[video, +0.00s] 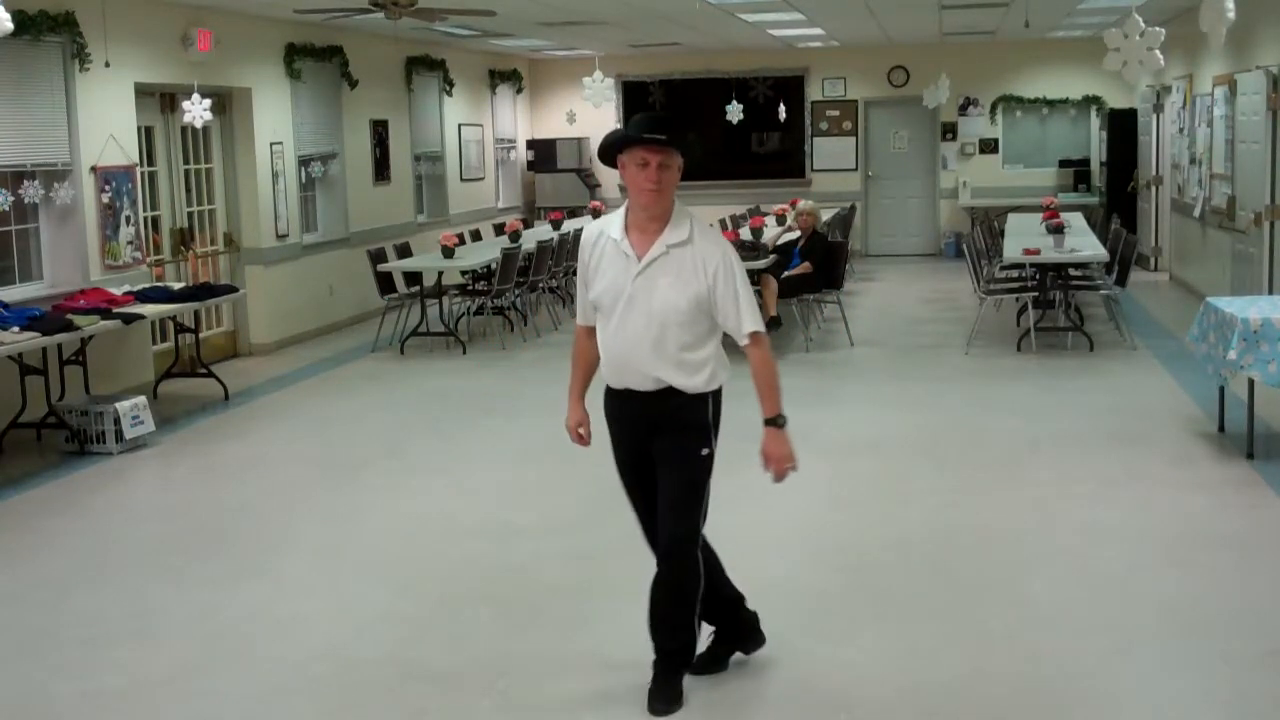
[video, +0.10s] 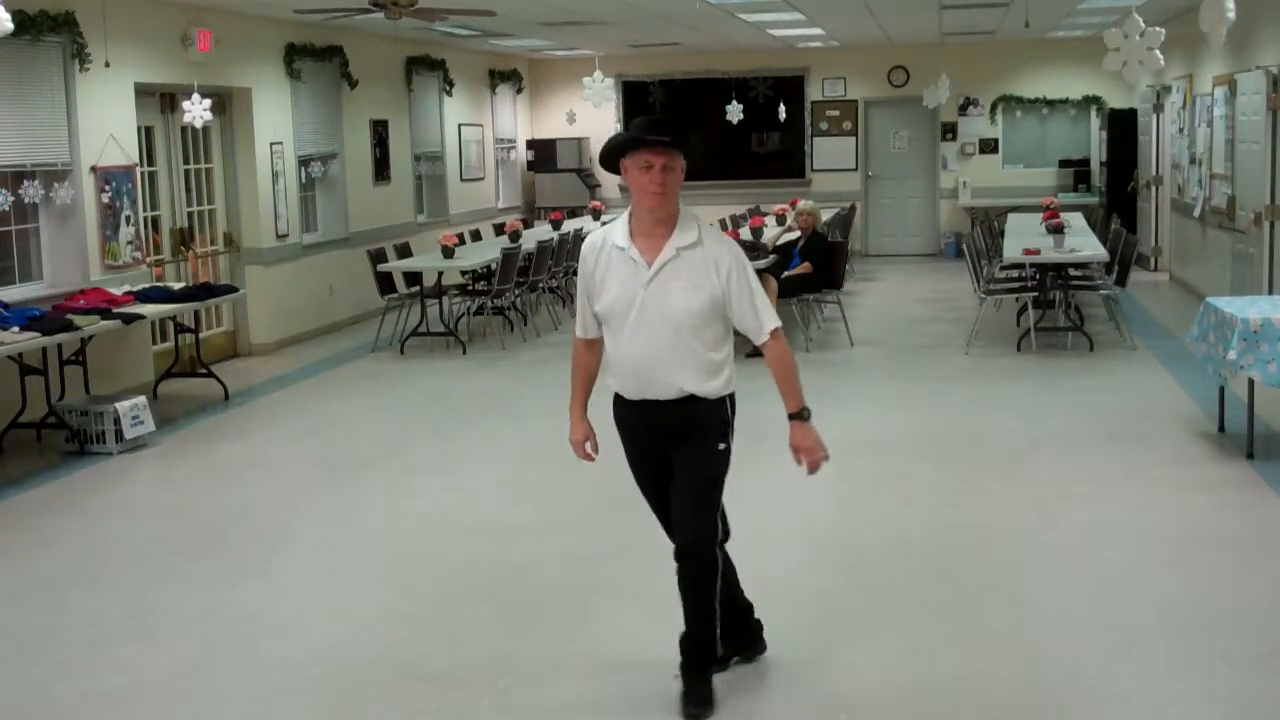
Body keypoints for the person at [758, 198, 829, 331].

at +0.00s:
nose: (804, 218)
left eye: (808, 215)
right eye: (801, 215)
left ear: (815, 218)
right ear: (796, 219)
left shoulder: (820, 239)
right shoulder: (795, 242)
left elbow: (809, 266)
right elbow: (767, 249)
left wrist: (785, 275)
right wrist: (784, 230)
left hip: (809, 278)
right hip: (791, 275)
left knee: (767, 290)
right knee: (766, 276)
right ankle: (773, 316)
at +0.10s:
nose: (804, 218)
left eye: (808, 215)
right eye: (800, 215)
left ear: (815, 219)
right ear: (796, 220)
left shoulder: (819, 239)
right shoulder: (796, 241)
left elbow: (809, 267)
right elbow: (768, 249)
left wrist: (785, 276)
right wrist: (784, 229)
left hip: (809, 278)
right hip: (790, 274)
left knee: (765, 290)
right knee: (766, 276)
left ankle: (761, 343)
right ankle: (771, 327)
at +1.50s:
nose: (804, 219)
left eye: (808, 216)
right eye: (800, 216)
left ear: (815, 219)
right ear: (795, 219)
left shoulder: (820, 239)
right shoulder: (795, 242)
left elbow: (810, 266)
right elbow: (768, 249)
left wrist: (787, 274)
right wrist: (784, 231)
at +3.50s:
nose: (802, 220)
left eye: (806, 216)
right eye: (798, 217)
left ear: (814, 219)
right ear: (795, 221)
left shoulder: (820, 240)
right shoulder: (796, 242)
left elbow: (809, 267)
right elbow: (767, 249)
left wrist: (785, 276)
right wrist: (785, 230)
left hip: (809, 279)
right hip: (790, 275)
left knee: (769, 291)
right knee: (765, 275)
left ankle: (769, 343)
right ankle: (773, 315)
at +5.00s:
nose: (801, 218)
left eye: (805, 215)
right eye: (798, 215)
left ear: (812, 218)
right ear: (794, 220)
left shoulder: (819, 239)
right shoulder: (795, 242)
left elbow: (809, 266)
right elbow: (768, 249)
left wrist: (786, 275)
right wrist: (785, 231)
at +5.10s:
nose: (801, 218)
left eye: (805, 215)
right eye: (798, 215)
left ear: (812, 218)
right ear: (794, 220)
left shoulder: (819, 239)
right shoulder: (793, 241)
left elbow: (810, 266)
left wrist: (787, 275)